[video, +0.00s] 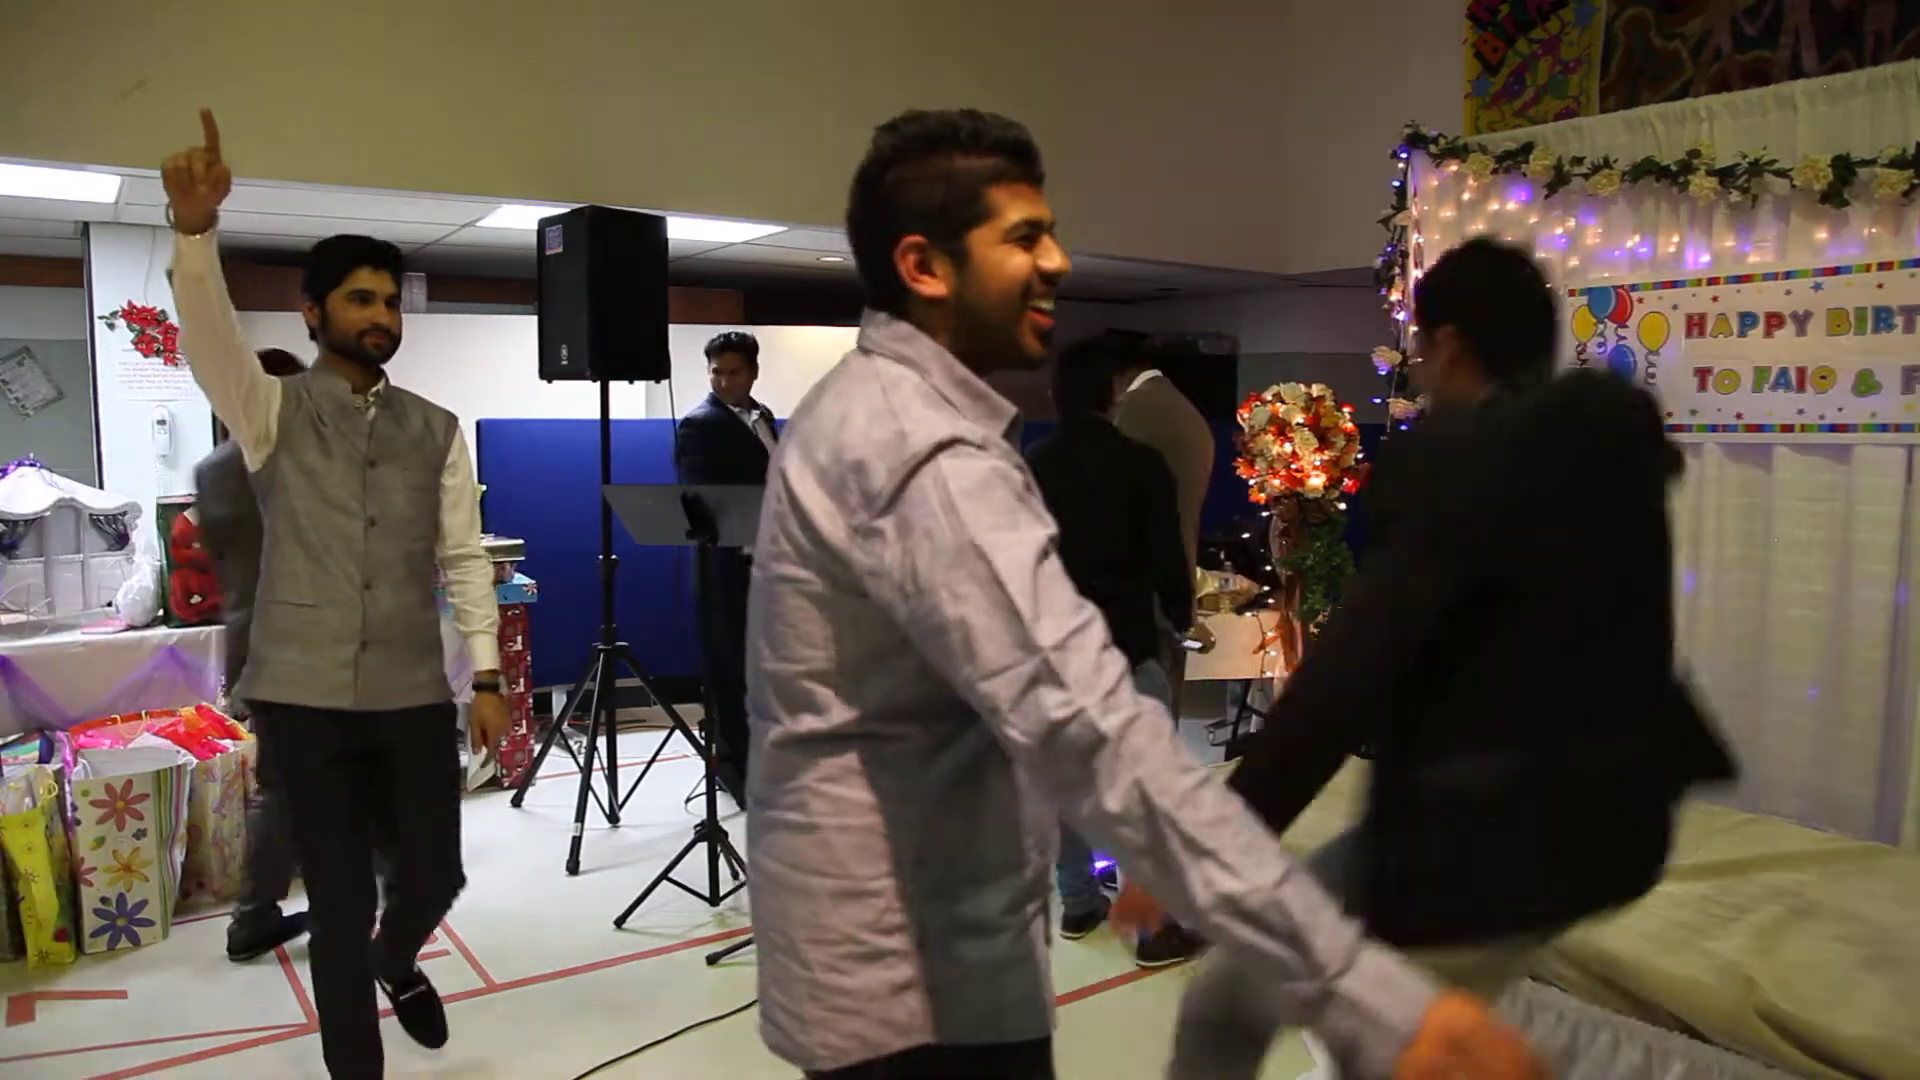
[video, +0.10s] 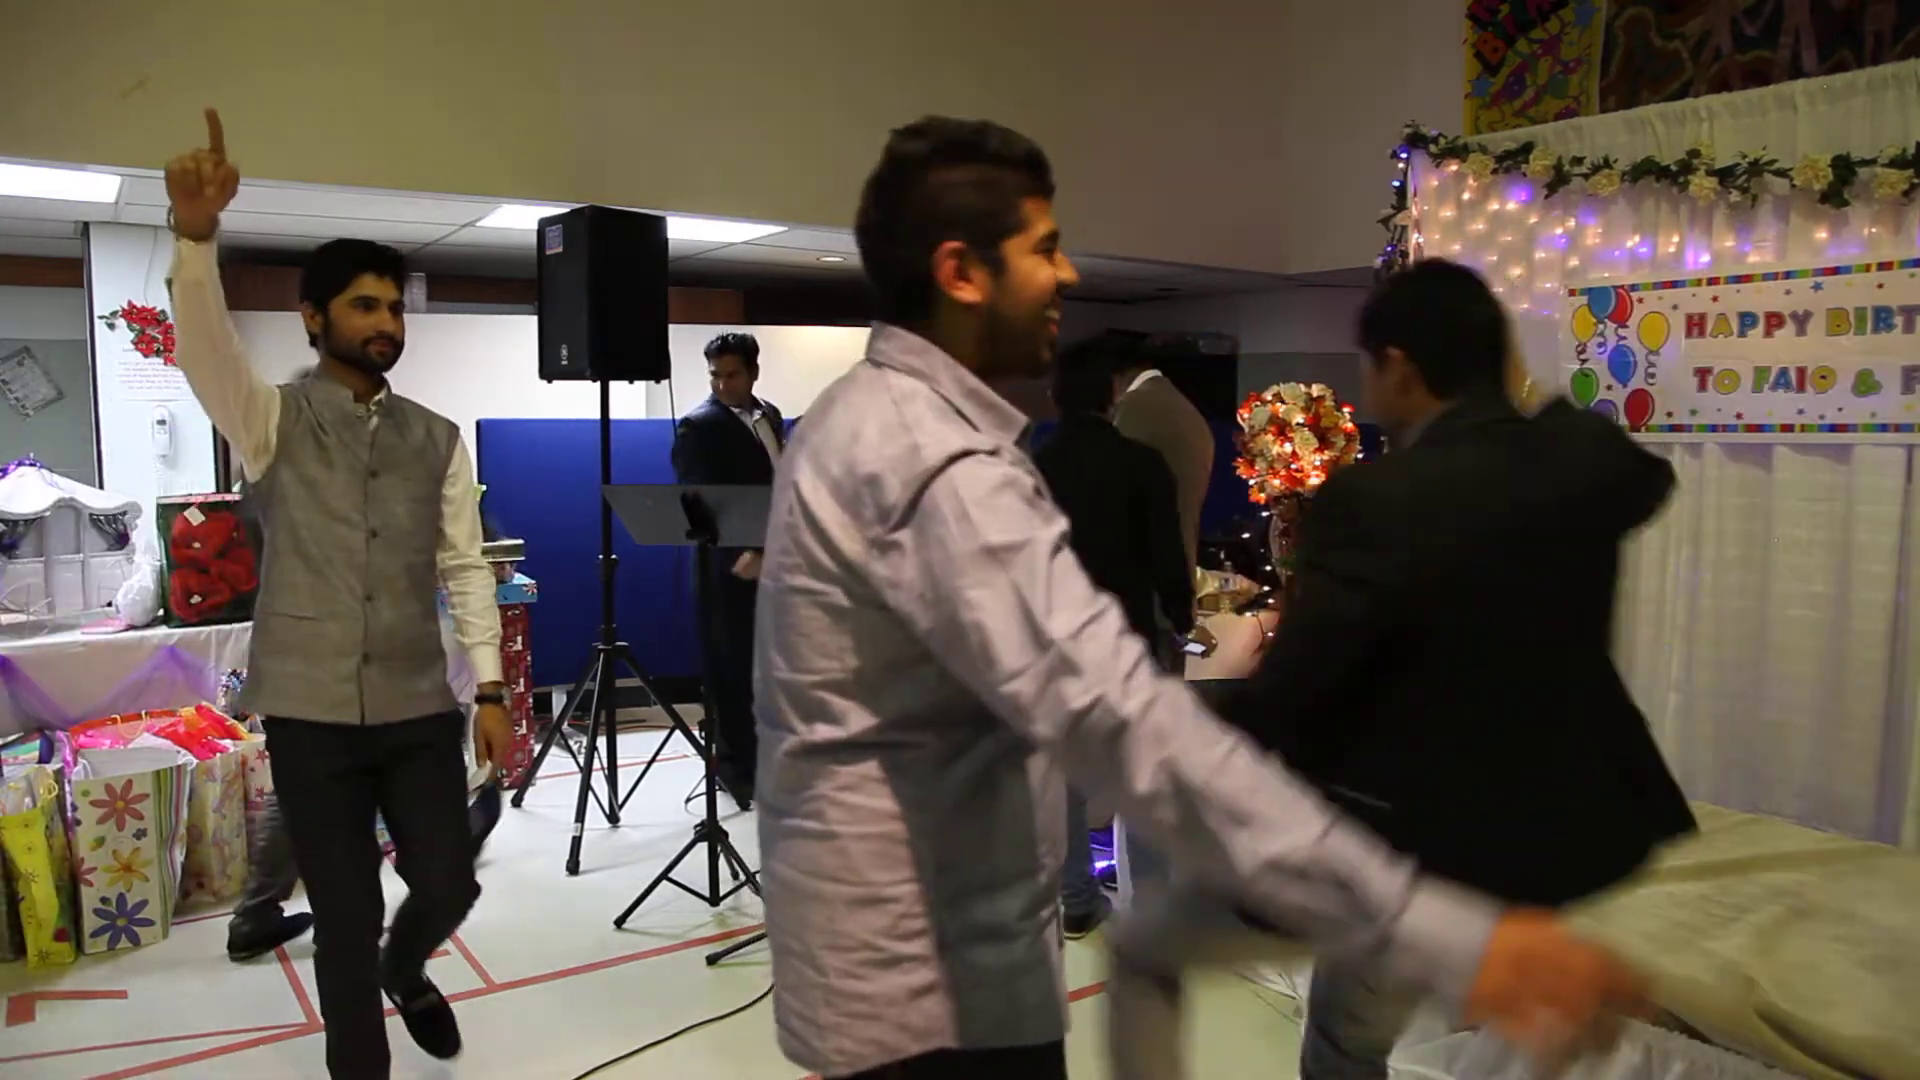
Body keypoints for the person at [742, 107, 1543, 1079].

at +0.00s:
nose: (1058, 263)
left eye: (1052, 237)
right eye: (1026, 238)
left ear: (927, 275)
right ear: (923, 267)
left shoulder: (873, 403)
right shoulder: (921, 437)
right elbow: (1084, 717)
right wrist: (1374, 1004)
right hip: (910, 937)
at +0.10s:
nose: (1070, 276)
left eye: (1061, 248)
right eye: (1046, 249)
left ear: (958, 271)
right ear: (958, 271)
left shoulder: (864, 422)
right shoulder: (933, 455)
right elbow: (1122, 715)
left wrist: (1196, 680)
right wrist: (1445, 936)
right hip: (919, 954)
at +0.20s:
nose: (1070, 270)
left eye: (1060, 240)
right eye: (1055, 241)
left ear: (966, 259)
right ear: (990, 258)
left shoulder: (890, 399)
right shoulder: (950, 427)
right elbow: (1154, 653)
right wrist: (1508, 834)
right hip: (944, 947)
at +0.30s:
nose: (1070, 265)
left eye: (1063, 238)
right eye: (1058, 238)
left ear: (927, 256)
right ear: (1008, 249)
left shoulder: (895, 381)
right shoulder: (964, 407)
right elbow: (1190, 585)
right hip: (962, 913)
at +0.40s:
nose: (1065, 270)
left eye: (1059, 243)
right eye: (1055, 243)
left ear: (913, 267)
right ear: (1017, 255)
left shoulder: (885, 402)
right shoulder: (967, 420)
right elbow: (1205, 560)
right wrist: (1581, 601)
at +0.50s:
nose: (1064, 280)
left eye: (1064, 256)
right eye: (1054, 254)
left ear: (909, 282)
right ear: (1017, 265)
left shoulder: (889, 412)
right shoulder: (978, 424)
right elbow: (1227, 513)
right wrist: (1607, 468)